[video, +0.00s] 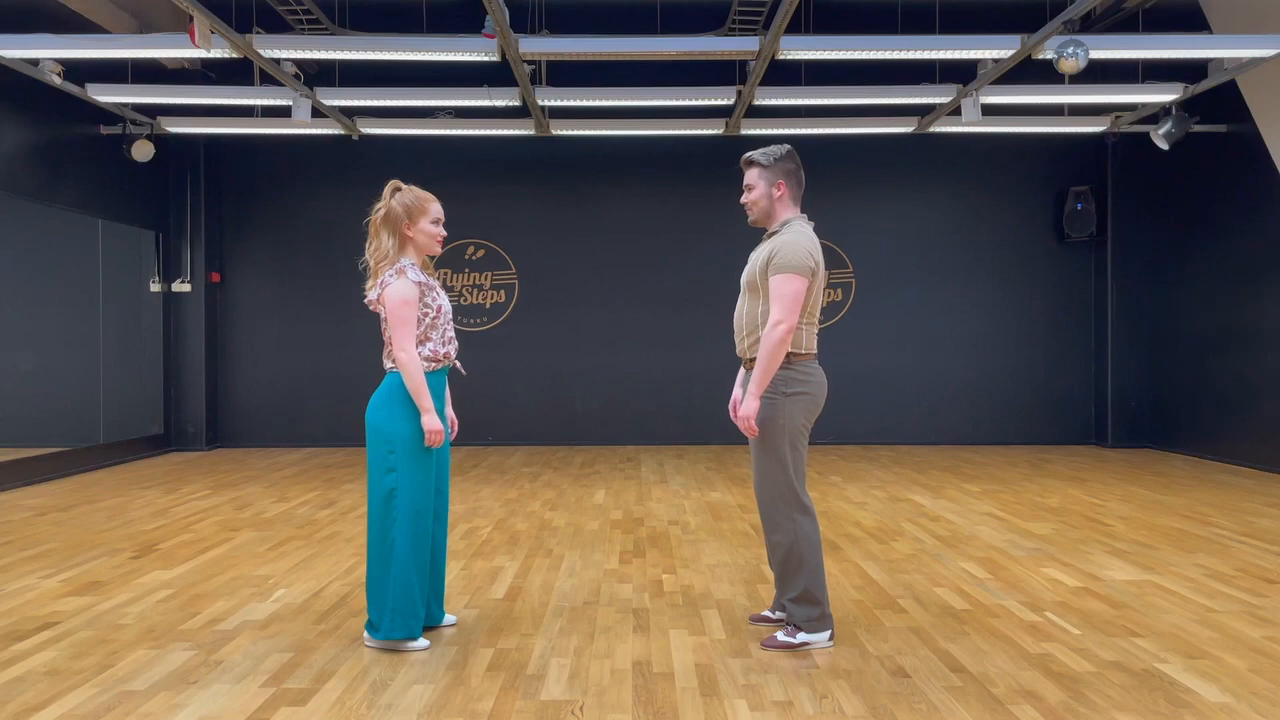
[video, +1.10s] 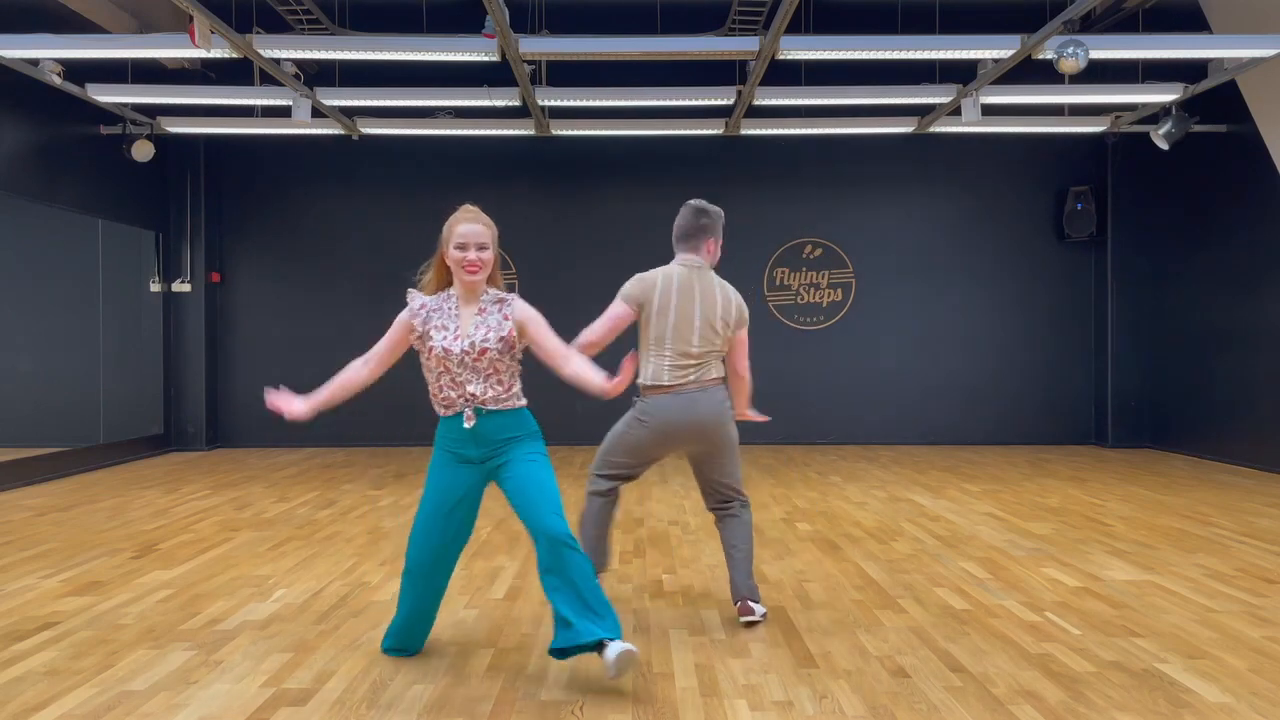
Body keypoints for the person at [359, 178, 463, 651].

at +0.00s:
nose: (444, 230)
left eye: (443, 221)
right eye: (435, 222)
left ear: (416, 229)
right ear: (408, 228)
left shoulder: (423, 277)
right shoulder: (400, 280)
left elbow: (431, 349)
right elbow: (403, 352)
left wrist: (446, 402)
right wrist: (427, 410)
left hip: (427, 398)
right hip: (401, 403)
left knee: (428, 513)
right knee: (401, 518)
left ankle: (423, 609)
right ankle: (388, 625)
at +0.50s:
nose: (453, 232)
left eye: (452, 223)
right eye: (444, 224)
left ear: (434, 229)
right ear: (415, 229)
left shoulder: (450, 282)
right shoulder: (400, 282)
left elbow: (465, 339)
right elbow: (400, 351)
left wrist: (482, 371)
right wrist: (452, 386)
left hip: (433, 407)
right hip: (397, 408)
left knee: (430, 510)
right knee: (398, 514)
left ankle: (424, 607)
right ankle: (391, 624)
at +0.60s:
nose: (458, 232)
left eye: (456, 223)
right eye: (448, 224)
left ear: (439, 230)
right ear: (420, 230)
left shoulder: (462, 277)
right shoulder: (395, 278)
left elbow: (492, 325)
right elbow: (417, 331)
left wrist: (490, 291)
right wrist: (477, 313)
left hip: (442, 406)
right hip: (396, 406)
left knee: (433, 511)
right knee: (403, 513)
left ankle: (426, 604)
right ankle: (396, 623)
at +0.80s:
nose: (463, 237)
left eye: (463, 229)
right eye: (452, 227)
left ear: (463, 239)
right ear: (420, 236)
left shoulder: (472, 282)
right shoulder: (392, 287)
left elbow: (467, 318)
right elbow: (427, 329)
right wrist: (462, 284)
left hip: (457, 419)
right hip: (400, 418)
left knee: (467, 524)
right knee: (402, 526)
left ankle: (434, 584)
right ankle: (395, 626)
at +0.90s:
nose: (456, 247)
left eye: (462, 240)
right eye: (444, 238)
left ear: (468, 248)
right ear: (419, 247)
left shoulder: (480, 296)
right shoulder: (393, 303)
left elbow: (467, 364)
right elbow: (408, 371)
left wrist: (410, 367)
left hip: (469, 429)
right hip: (409, 431)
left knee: (490, 534)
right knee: (416, 541)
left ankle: (475, 599)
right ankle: (398, 632)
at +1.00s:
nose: (455, 256)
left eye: (465, 248)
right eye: (444, 248)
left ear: (476, 256)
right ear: (427, 256)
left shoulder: (492, 315)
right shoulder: (404, 315)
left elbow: (499, 385)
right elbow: (393, 390)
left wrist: (480, 416)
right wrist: (391, 455)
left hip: (487, 439)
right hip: (426, 442)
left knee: (515, 529)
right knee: (421, 555)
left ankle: (546, 636)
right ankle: (401, 639)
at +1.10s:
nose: (472, 257)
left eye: (482, 247)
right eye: (462, 247)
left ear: (495, 254)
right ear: (445, 254)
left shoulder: (513, 310)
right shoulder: (421, 312)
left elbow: (564, 357)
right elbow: (369, 365)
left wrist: (606, 383)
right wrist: (307, 404)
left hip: (515, 437)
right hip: (454, 443)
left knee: (553, 531)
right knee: (427, 548)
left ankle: (607, 640)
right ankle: (403, 640)